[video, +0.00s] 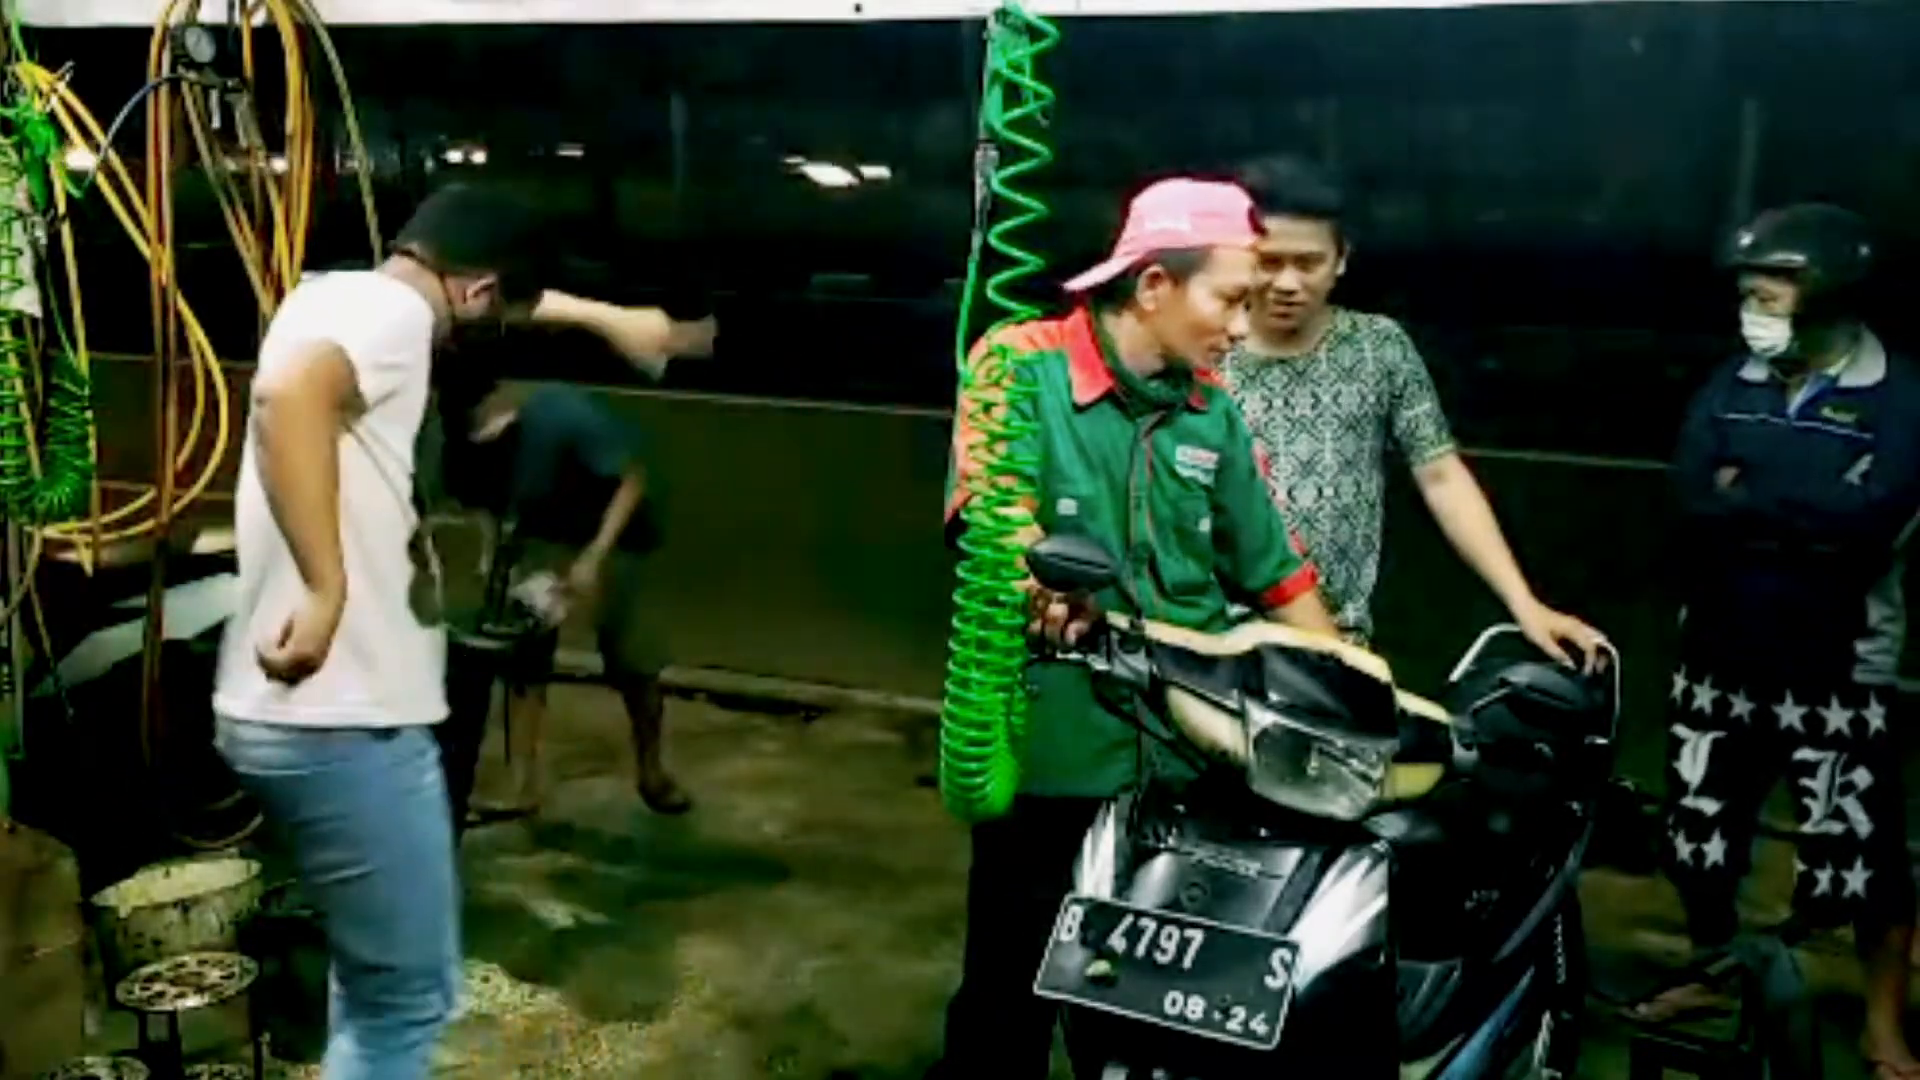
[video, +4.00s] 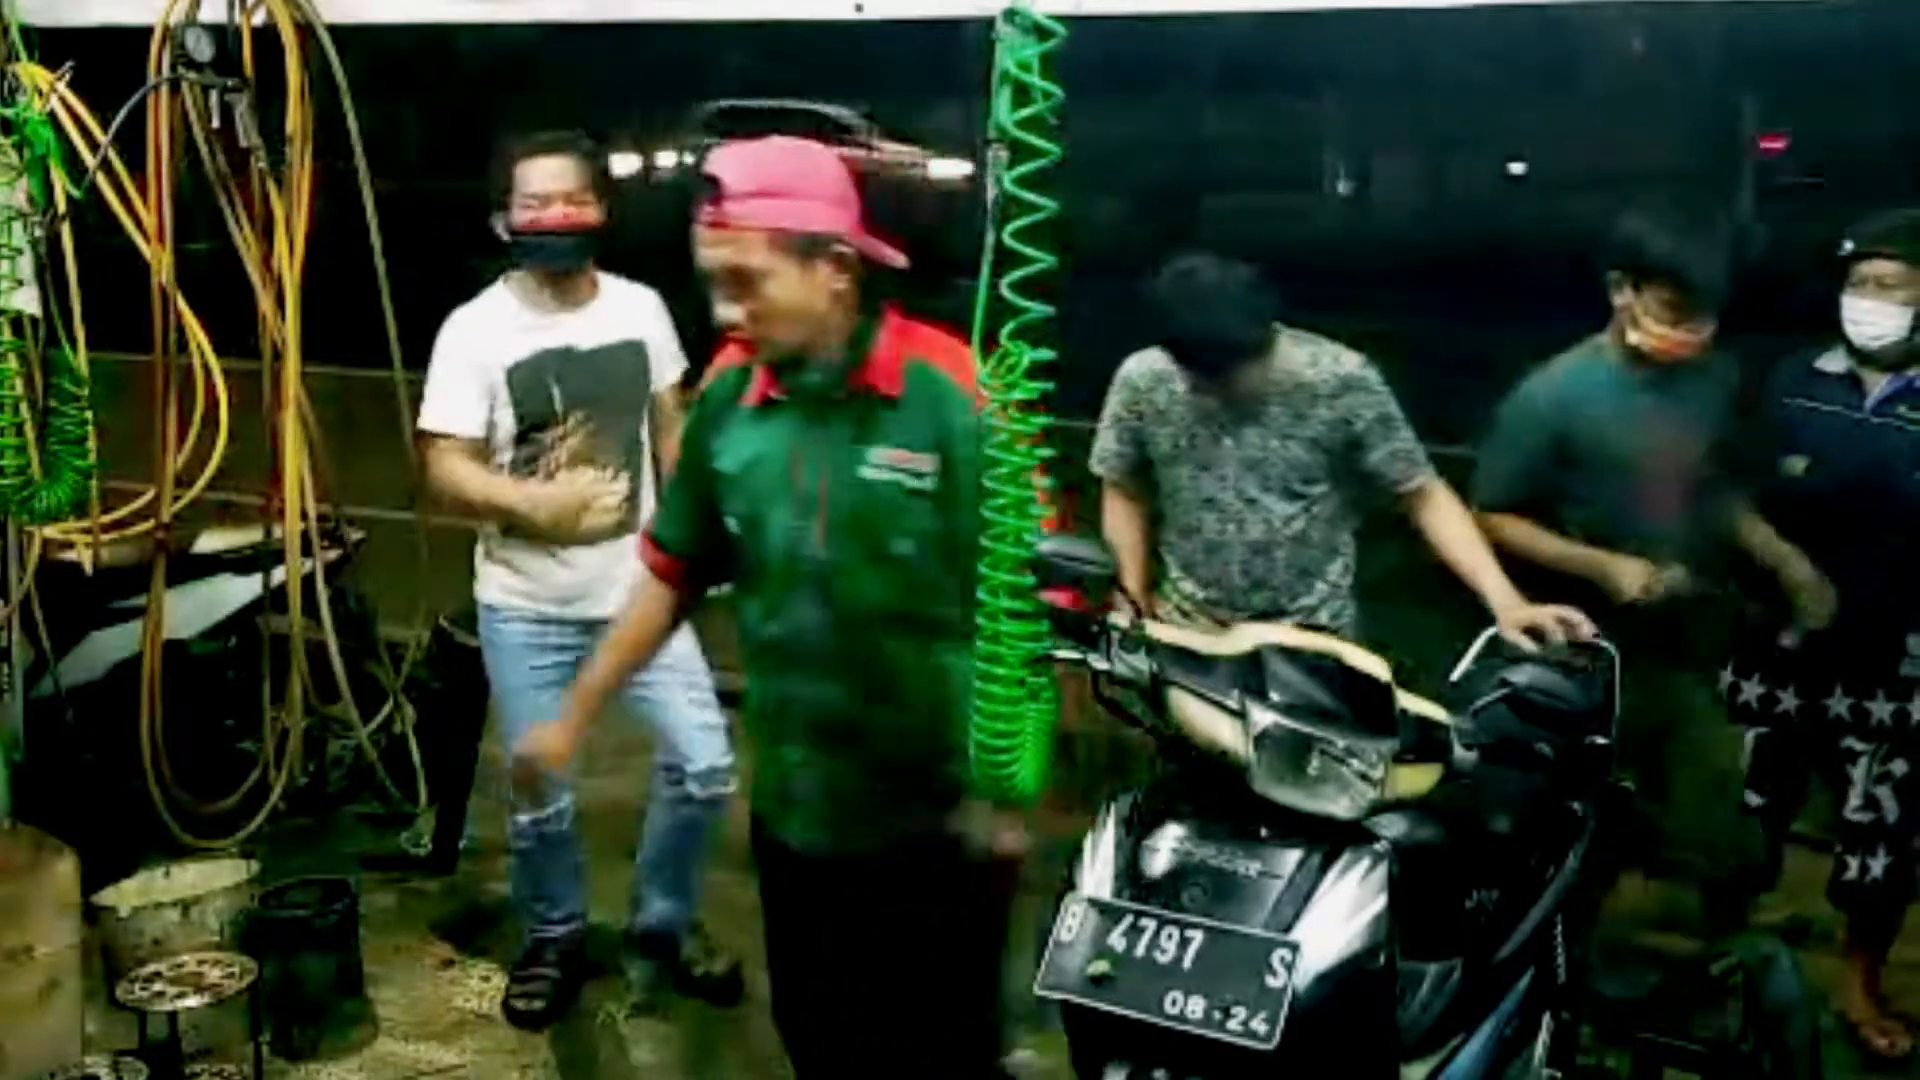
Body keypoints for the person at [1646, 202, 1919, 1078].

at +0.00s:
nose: (1756, 303)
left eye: (1778, 289)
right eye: (1750, 286)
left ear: (1830, 299)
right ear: (1741, 290)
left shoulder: (1891, 395)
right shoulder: (1729, 384)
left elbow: (1872, 520)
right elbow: (1688, 499)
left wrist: (1740, 482)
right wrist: (1825, 499)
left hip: (1839, 659)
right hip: (1721, 649)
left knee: (1860, 852)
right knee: (1699, 829)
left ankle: (1885, 1020)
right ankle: (1709, 972)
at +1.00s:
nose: (1765, 299)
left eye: (1786, 281)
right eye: (1752, 281)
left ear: (1827, 287)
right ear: (1733, 291)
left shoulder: (1880, 390)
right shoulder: (1710, 384)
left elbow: (1875, 507)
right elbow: (1664, 496)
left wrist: (1737, 485)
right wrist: (1819, 492)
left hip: (1830, 650)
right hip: (1715, 644)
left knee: (1844, 833)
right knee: (1688, 817)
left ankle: (1856, 984)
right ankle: (1703, 970)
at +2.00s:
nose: (1904, 302)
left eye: (1917, 287)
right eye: (1891, 285)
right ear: (1865, 297)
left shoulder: (1919, 412)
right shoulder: (1814, 392)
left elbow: (1908, 515)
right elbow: (1765, 503)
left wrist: (1831, 484)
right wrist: (1880, 512)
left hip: (1899, 669)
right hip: (1795, 657)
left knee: (1896, 850)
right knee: (1722, 824)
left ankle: (1863, 989)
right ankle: (1709, 968)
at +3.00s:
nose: (1903, 301)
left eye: (1918, 287)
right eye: (1892, 285)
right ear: (1866, 298)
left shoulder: (1919, 413)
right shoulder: (1814, 387)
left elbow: (1907, 507)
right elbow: (1765, 485)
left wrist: (1828, 472)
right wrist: (1876, 509)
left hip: (1893, 659)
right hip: (1786, 644)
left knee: (1885, 843)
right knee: (1733, 816)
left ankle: (1858, 979)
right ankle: (1722, 939)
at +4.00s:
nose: (1876, 306)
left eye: (1896, 292)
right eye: (1864, 288)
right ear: (1838, 296)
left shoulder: (1918, 406)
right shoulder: (1787, 388)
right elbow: (1725, 496)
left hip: (1892, 656)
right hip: (1784, 643)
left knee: (1886, 837)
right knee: (1757, 808)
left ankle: (1862, 984)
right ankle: (1724, 942)